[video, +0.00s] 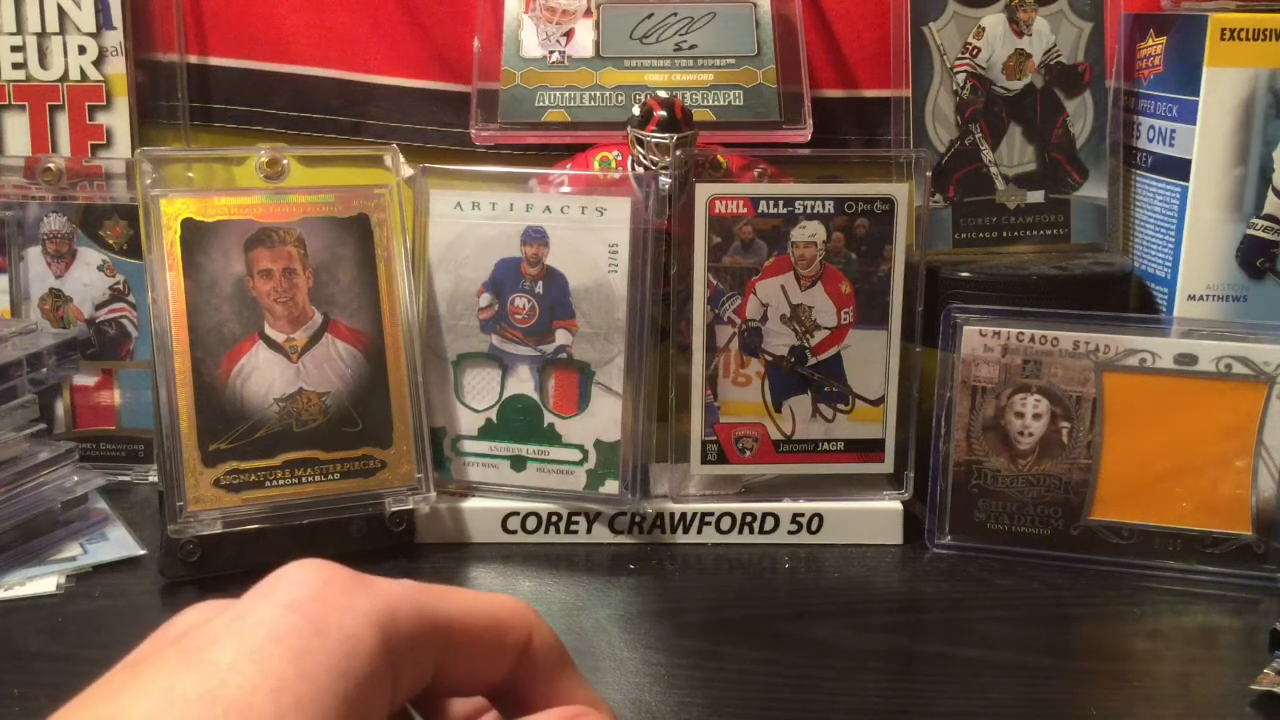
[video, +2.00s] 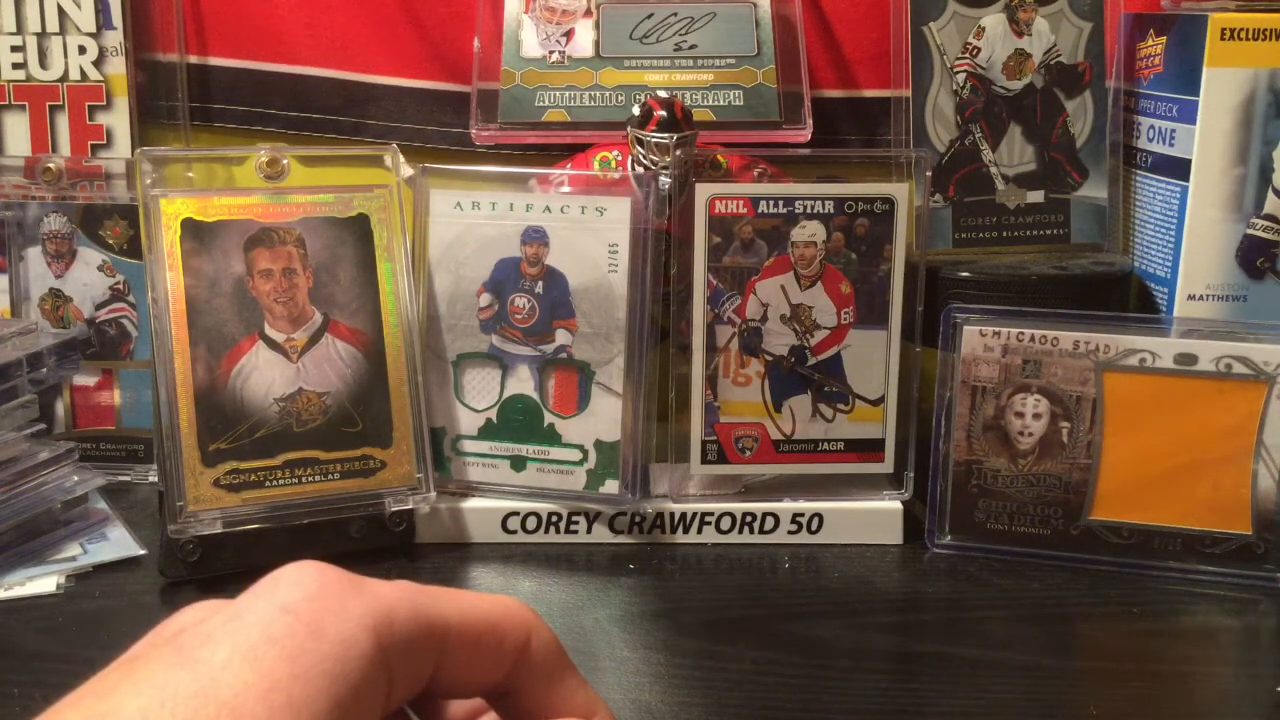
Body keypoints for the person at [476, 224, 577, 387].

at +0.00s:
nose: (534, 252)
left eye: (540, 247)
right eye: (530, 246)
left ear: (547, 250)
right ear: (522, 248)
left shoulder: (557, 280)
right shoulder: (504, 268)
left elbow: (565, 321)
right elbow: (486, 293)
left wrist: (562, 350)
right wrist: (487, 316)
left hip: (541, 354)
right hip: (503, 351)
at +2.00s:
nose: (534, 251)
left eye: (540, 247)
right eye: (530, 246)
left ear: (546, 250)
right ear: (522, 248)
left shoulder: (557, 280)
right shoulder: (504, 268)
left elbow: (564, 320)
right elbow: (487, 293)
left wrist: (562, 349)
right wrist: (487, 318)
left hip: (542, 353)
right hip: (503, 349)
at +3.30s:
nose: (535, 251)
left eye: (540, 247)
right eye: (530, 246)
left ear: (546, 251)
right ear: (522, 248)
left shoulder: (556, 279)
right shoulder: (505, 268)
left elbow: (565, 319)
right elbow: (487, 291)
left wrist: (562, 348)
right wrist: (486, 313)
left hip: (542, 352)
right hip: (503, 347)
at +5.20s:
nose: (534, 252)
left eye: (539, 247)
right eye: (530, 246)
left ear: (546, 250)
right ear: (522, 248)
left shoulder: (557, 280)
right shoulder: (504, 268)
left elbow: (565, 322)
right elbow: (487, 293)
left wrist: (562, 352)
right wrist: (486, 317)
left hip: (542, 353)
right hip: (503, 349)